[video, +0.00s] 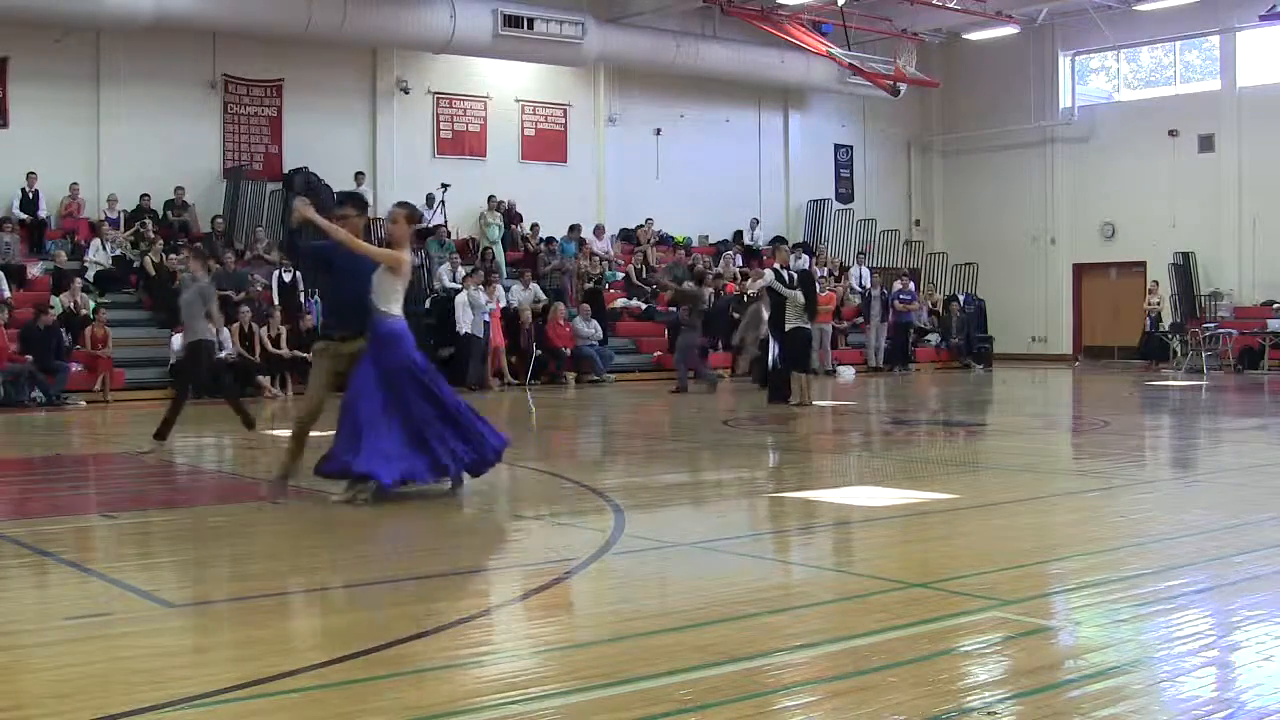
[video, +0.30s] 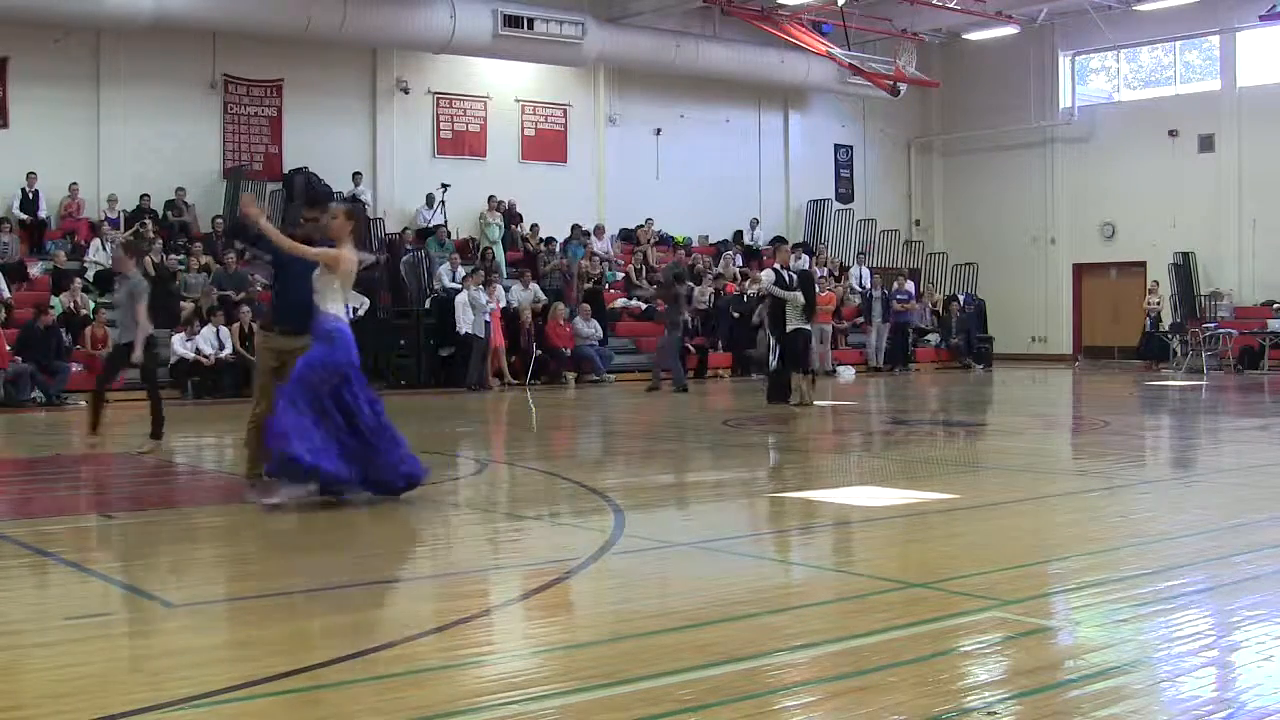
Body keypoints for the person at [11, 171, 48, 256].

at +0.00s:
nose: (33, 181)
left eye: (34, 179)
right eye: (31, 179)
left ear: (36, 180)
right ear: (27, 180)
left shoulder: (39, 193)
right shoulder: (20, 192)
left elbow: (42, 209)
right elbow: (14, 209)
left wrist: (41, 216)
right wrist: (25, 217)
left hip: (36, 217)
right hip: (24, 217)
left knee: (43, 223)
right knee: (33, 224)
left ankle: (40, 249)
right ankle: (32, 249)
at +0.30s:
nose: (33, 181)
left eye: (34, 179)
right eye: (31, 178)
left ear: (36, 180)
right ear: (27, 180)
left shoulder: (39, 193)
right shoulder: (20, 192)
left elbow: (42, 208)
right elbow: (14, 209)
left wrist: (41, 216)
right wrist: (25, 217)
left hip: (36, 218)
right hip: (25, 218)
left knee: (43, 224)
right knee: (32, 226)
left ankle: (40, 248)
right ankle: (32, 248)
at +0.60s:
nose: (33, 181)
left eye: (34, 179)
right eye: (31, 178)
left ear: (36, 180)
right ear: (27, 180)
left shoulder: (39, 193)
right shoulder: (20, 192)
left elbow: (42, 209)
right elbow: (15, 210)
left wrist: (41, 216)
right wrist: (25, 217)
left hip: (36, 219)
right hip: (25, 219)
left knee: (43, 223)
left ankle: (40, 248)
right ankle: (30, 248)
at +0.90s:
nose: (32, 181)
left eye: (34, 179)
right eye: (30, 178)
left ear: (36, 180)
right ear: (26, 180)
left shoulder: (39, 193)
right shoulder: (20, 192)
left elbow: (42, 209)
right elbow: (15, 210)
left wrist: (41, 216)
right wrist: (25, 217)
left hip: (36, 217)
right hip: (24, 218)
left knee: (42, 223)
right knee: (34, 225)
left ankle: (39, 247)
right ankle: (32, 248)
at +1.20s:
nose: (31, 181)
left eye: (33, 179)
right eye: (29, 179)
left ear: (36, 180)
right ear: (26, 180)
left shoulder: (39, 193)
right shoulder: (20, 192)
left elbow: (42, 208)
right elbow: (15, 209)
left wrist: (41, 216)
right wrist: (25, 217)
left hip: (36, 217)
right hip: (24, 217)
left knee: (42, 223)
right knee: (34, 225)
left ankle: (40, 248)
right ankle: (32, 249)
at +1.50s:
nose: (31, 181)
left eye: (33, 179)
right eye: (29, 179)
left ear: (36, 180)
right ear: (26, 180)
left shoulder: (39, 193)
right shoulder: (20, 192)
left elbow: (42, 209)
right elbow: (15, 210)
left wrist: (41, 216)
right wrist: (25, 217)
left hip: (36, 217)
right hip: (24, 217)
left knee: (42, 223)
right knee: (34, 225)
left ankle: (40, 248)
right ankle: (33, 248)